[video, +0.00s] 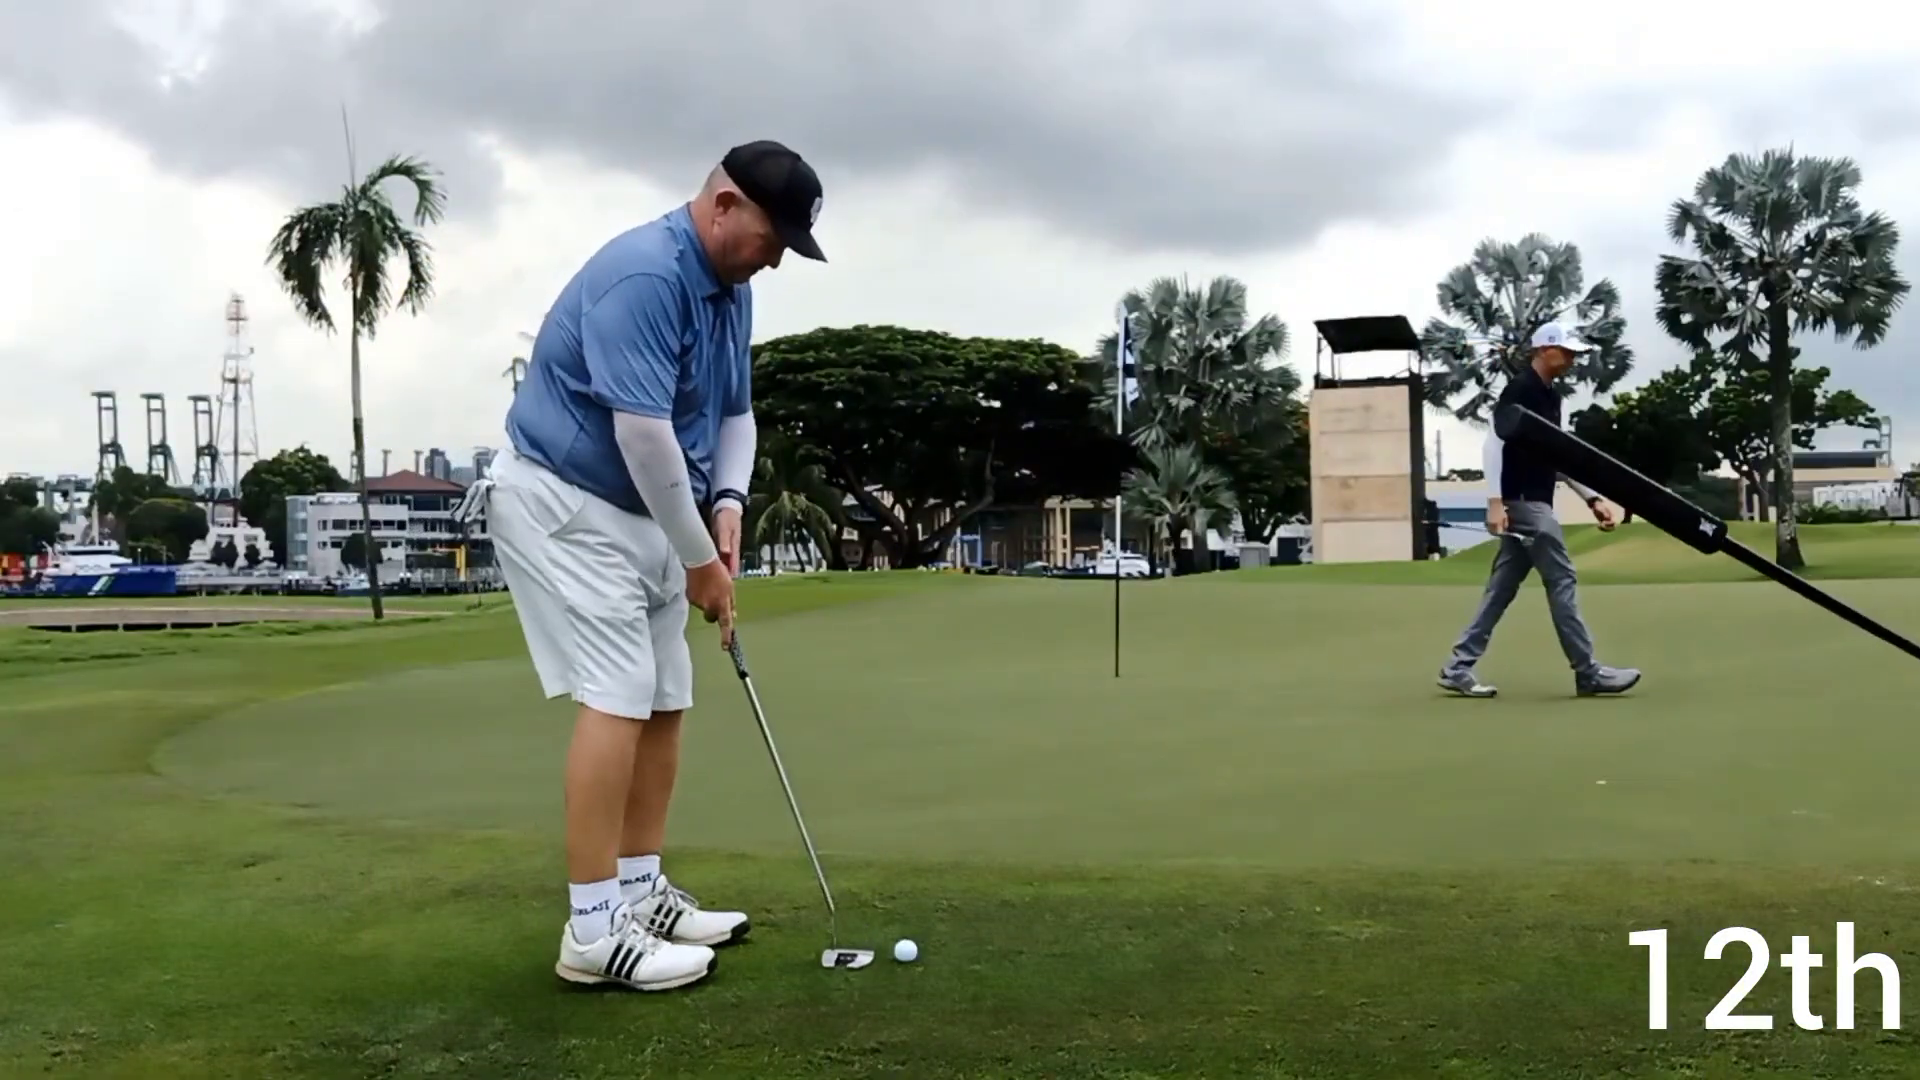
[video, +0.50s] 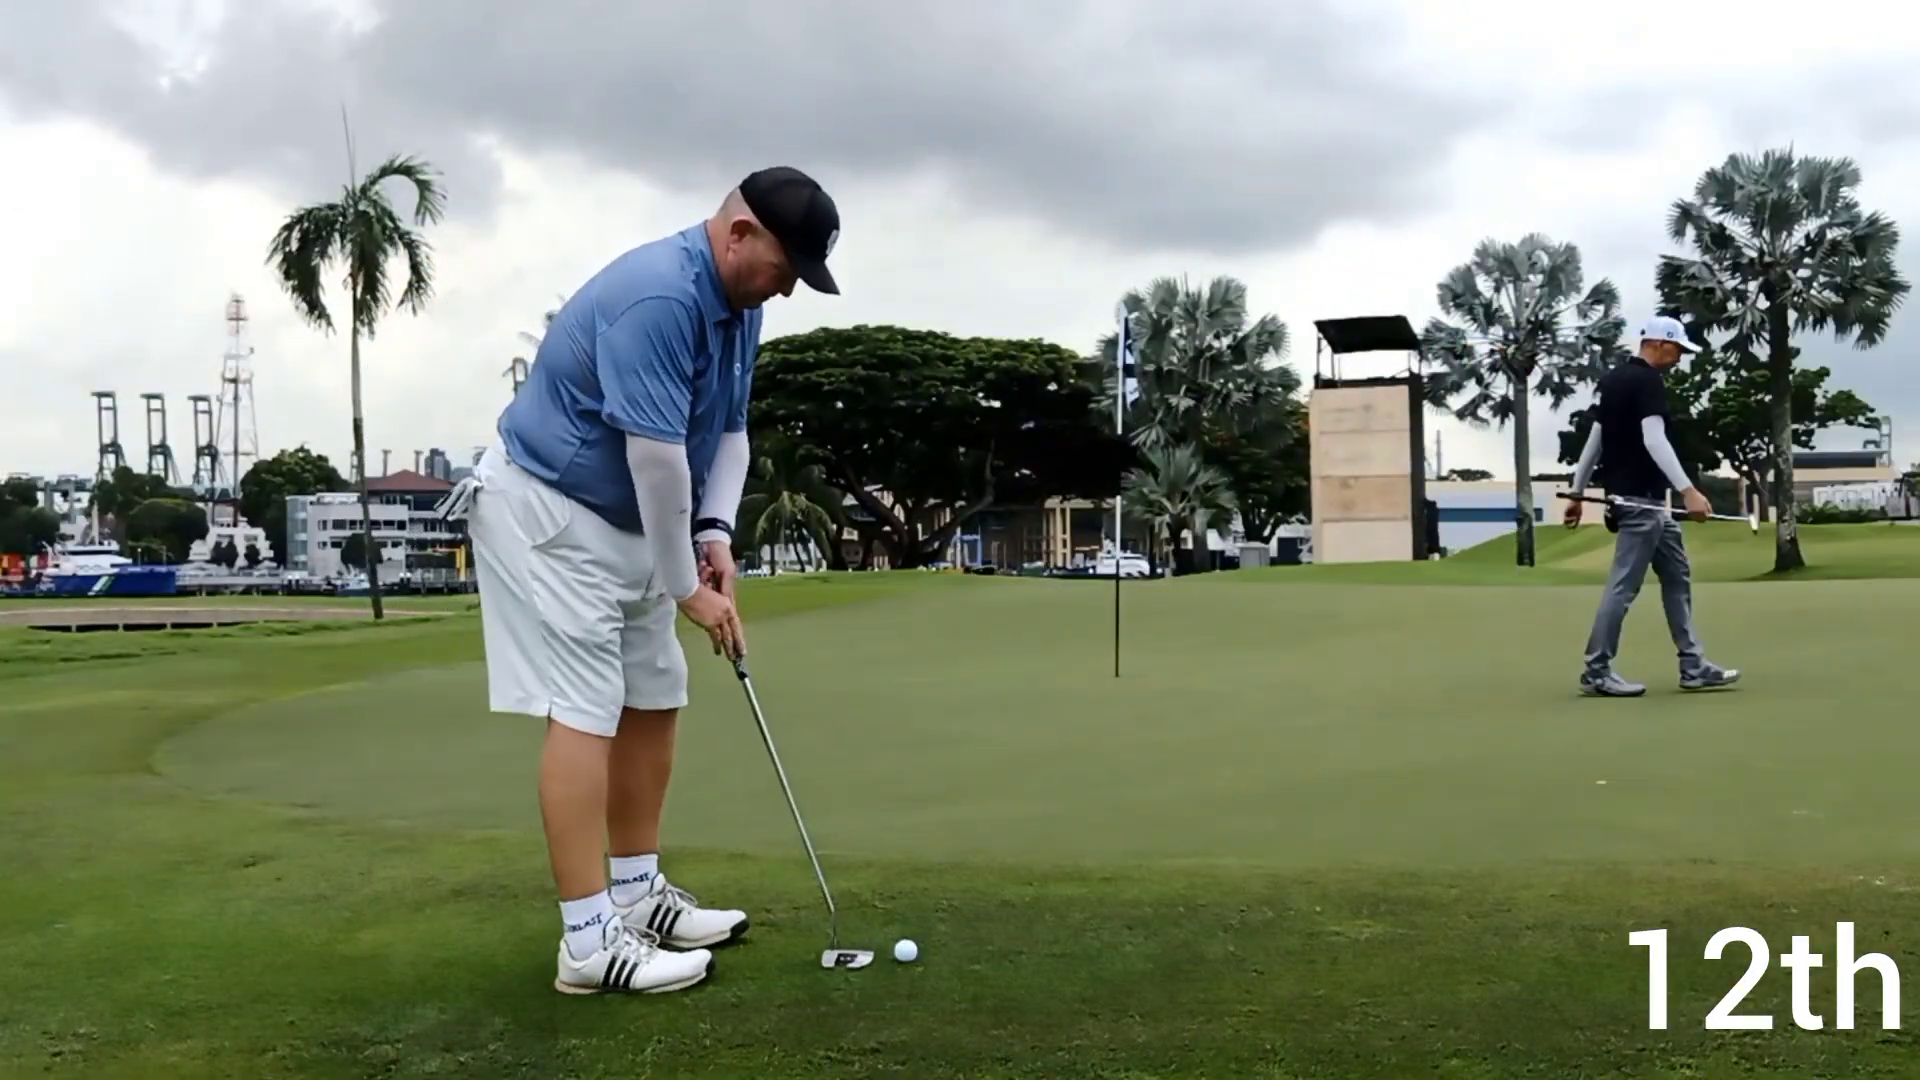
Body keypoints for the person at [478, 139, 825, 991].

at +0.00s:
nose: (775, 260)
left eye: (784, 248)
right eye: (773, 241)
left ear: (738, 212)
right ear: (724, 201)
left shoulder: (726, 286)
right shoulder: (643, 279)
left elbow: (733, 414)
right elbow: (642, 434)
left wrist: (729, 507)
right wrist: (699, 557)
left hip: (642, 508)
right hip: (562, 497)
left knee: (665, 692)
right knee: (618, 690)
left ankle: (637, 893)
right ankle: (591, 929)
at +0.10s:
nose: (778, 266)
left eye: (788, 254)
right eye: (777, 246)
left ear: (745, 218)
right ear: (728, 206)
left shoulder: (733, 293)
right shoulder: (646, 280)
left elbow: (739, 421)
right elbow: (643, 438)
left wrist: (729, 519)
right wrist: (700, 560)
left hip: (648, 509)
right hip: (563, 500)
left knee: (663, 694)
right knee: (600, 700)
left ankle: (639, 895)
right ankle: (589, 936)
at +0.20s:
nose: (779, 271)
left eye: (788, 259)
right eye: (777, 252)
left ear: (742, 222)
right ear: (731, 212)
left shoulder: (735, 292)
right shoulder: (647, 287)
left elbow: (737, 425)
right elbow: (645, 444)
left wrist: (726, 521)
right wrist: (690, 572)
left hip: (642, 512)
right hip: (558, 503)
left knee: (664, 692)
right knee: (596, 701)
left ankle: (638, 896)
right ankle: (588, 939)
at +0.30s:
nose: (780, 277)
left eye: (790, 266)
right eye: (778, 259)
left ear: (741, 227)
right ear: (732, 218)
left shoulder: (736, 295)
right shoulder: (648, 292)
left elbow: (734, 427)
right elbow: (649, 452)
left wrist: (722, 525)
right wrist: (689, 581)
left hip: (636, 513)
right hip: (553, 504)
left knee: (658, 690)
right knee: (590, 701)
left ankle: (635, 895)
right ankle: (588, 941)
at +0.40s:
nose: (782, 282)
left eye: (792, 270)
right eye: (779, 263)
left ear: (748, 234)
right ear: (734, 224)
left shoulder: (737, 299)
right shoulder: (653, 297)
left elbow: (731, 432)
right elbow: (656, 456)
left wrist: (719, 531)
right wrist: (688, 584)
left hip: (633, 513)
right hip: (549, 504)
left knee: (654, 690)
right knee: (585, 702)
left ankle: (633, 894)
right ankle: (587, 941)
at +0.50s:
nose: (787, 288)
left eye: (796, 276)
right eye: (784, 269)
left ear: (749, 237)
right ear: (739, 230)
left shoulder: (738, 301)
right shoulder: (655, 301)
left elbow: (729, 432)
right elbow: (656, 461)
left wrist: (717, 530)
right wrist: (686, 586)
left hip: (633, 512)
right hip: (548, 504)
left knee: (652, 691)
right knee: (585, 703)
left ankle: (634, 895)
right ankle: (586, 941)